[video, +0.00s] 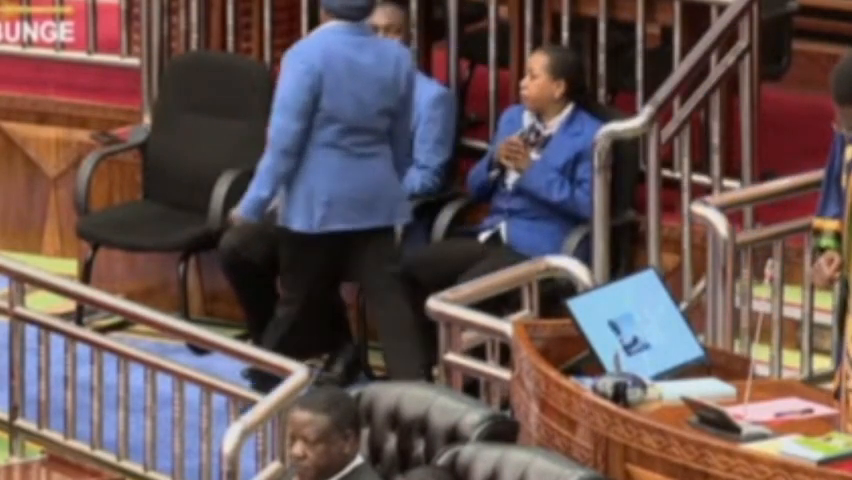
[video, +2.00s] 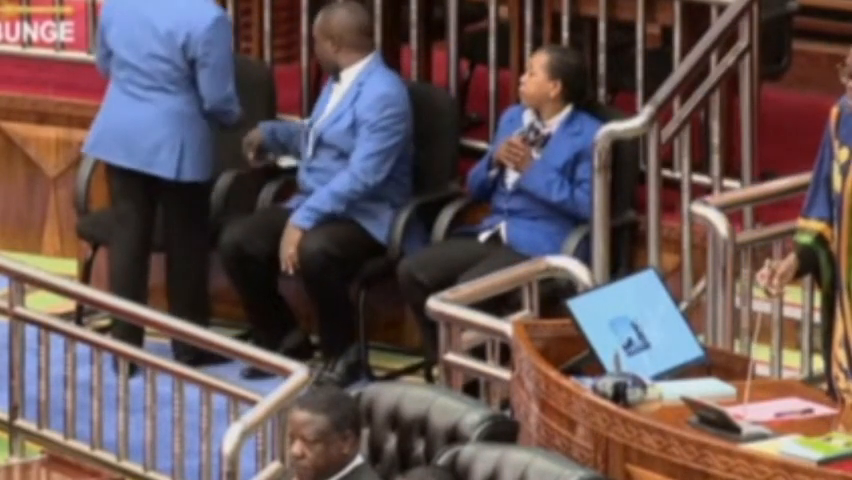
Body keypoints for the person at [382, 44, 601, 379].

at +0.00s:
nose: (523, 84)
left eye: (533, 77)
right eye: (525, 76)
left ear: (560, 88)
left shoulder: (590, 135)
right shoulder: (512, 119)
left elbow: (588, 205)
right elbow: (476, 188)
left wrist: (528, 170)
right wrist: (495, 162)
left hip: (536, 252)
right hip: (490, 238)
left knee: (454, 303)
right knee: (398, 273)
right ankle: (410, 387)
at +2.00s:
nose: (522, 80)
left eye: (531, 74)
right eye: (525, 72)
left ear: (555, 88)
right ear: (551, 88)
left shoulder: (590, 135)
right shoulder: (513, 119)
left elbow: (589, 207)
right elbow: (476, 189)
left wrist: (530, 170)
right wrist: (495, 163)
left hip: (538, 250)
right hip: (494, 238)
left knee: (461, 298)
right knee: (413, 271)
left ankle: (480, 381)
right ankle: (448, 367)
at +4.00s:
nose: (519, 81)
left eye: (528, 76)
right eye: (523, 73)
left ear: (552, 89)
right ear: (549, 88)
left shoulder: (589, 135)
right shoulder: (512, 120)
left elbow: (590, 206)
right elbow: (475, 190)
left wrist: (529, 172)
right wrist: (494, 164)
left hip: (539, 251)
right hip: (494, 236)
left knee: (462, 296)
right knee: (414, 271)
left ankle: (482, 381)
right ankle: (445, 366)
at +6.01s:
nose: (522, 90)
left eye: (531, 83)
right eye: (522, 81)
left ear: (559, 92)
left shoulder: (589, 135)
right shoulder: (512, 120)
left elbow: (589, 206)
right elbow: (476, 188)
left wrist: (530, 172)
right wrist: (495, 164)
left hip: (539, 249)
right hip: (495, 235)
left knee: (464, 295)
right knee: (414, 271)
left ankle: (483, 380)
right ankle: (444, 365)